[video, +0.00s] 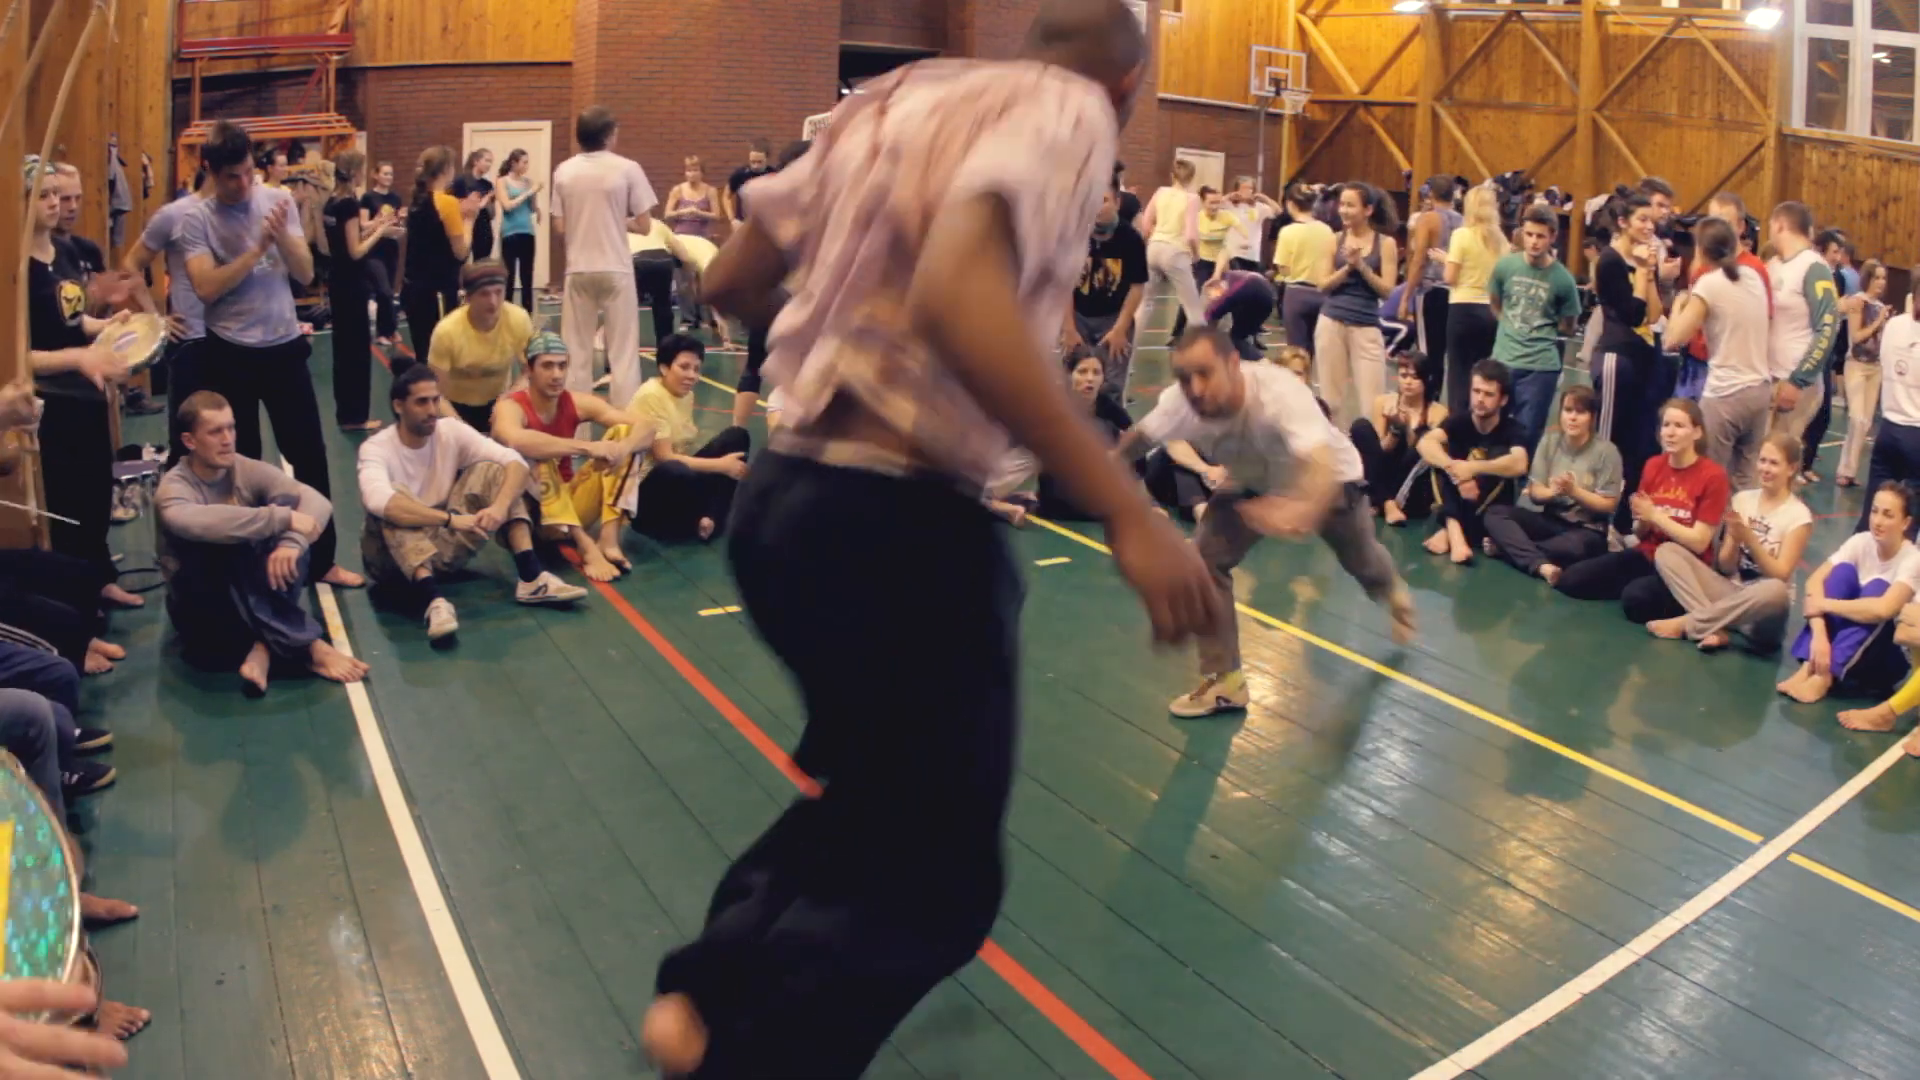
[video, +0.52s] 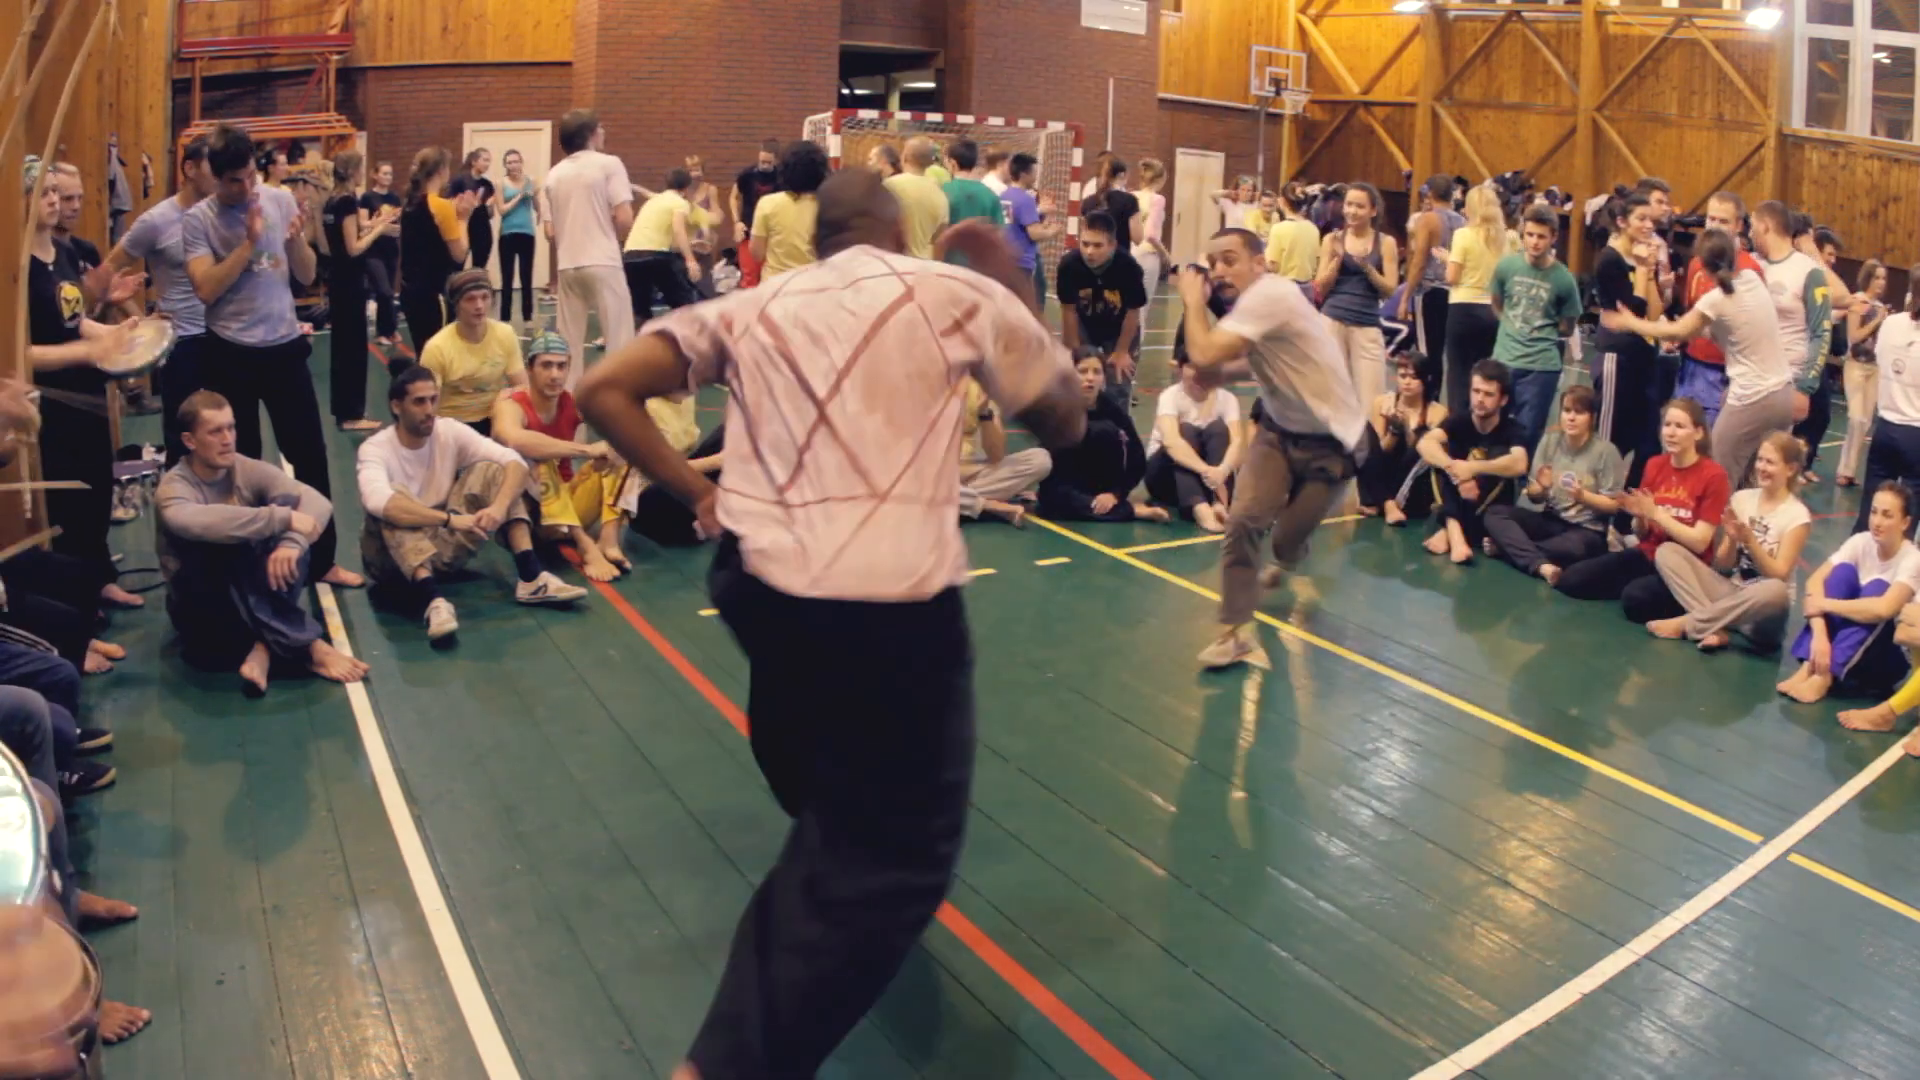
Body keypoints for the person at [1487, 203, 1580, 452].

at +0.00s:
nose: (1533, 241)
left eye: (1540, 236)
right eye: (1529, 234)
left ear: (1552, 238)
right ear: (1521, 234)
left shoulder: (1563, 279)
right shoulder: (1505, 265)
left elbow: (1568, 325)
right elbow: (1495, 305)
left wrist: (1540, 331)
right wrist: (1515, 326)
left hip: (1540, 360)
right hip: (1503, 354)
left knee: (1527, 432)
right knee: (1492, 425)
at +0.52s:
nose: (1534, 242)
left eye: (1541, 236)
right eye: (1530, 235)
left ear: (1553, 239)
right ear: (1522, 235)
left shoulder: (1563, 279)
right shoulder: (1506, 265)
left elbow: (1568, 324)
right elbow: (1496, 303)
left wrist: (1542, 334)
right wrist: (1514, 326)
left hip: (1540, 360)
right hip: (1504, 355)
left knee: (1527, 432)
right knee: (1493, 425)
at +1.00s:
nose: (1534, 242)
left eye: (1541, 236)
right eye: (1529, 234)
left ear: (1553, 239)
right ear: (1522, 234)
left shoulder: (1563, 279)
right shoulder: (1504, 266)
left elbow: (1568, 325)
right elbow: (1496, 305)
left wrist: (1540, 332)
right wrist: (1515, 327)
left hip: (1540, 359)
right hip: (1501, 354)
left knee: (1526, 431)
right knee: (1490, 424)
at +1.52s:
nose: (1533, 241)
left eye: (1540, 236)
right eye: (1528, 234)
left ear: (1552, 238)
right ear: (1521, 234)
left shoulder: (1563, 278)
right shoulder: (1503, 266)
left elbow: (1566, 326)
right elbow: (1495, 305)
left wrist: (1540, 334)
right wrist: (1518, 326)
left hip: (1540, 360)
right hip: (1504, 355)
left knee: (1526, 431)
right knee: (1495, 425)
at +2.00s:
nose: (1532, 241)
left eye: (1539, 236)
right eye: (1527, 234)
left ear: (1551, 238)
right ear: (1520, 234)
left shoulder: (1563, 280)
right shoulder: (1503, 266)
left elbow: (1569, 324)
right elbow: (1494, 303)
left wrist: (1542, 336)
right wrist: (1513, 325)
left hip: (1540, 359)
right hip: (1504, 354)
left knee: (1526, 430)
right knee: (1494, 424)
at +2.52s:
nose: (1530, 241)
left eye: (1537, 236)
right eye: (1526, 234)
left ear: (1551, 239)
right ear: (1519, 234)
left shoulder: (1561, 279)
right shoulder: (1504, 266)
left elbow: (1568, 325)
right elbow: (1495, 305)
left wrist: (1539, 332)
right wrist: (1516, 328)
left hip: (1540, 359)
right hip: (1504, 355)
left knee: (1526, 431)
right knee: (1491, 423)